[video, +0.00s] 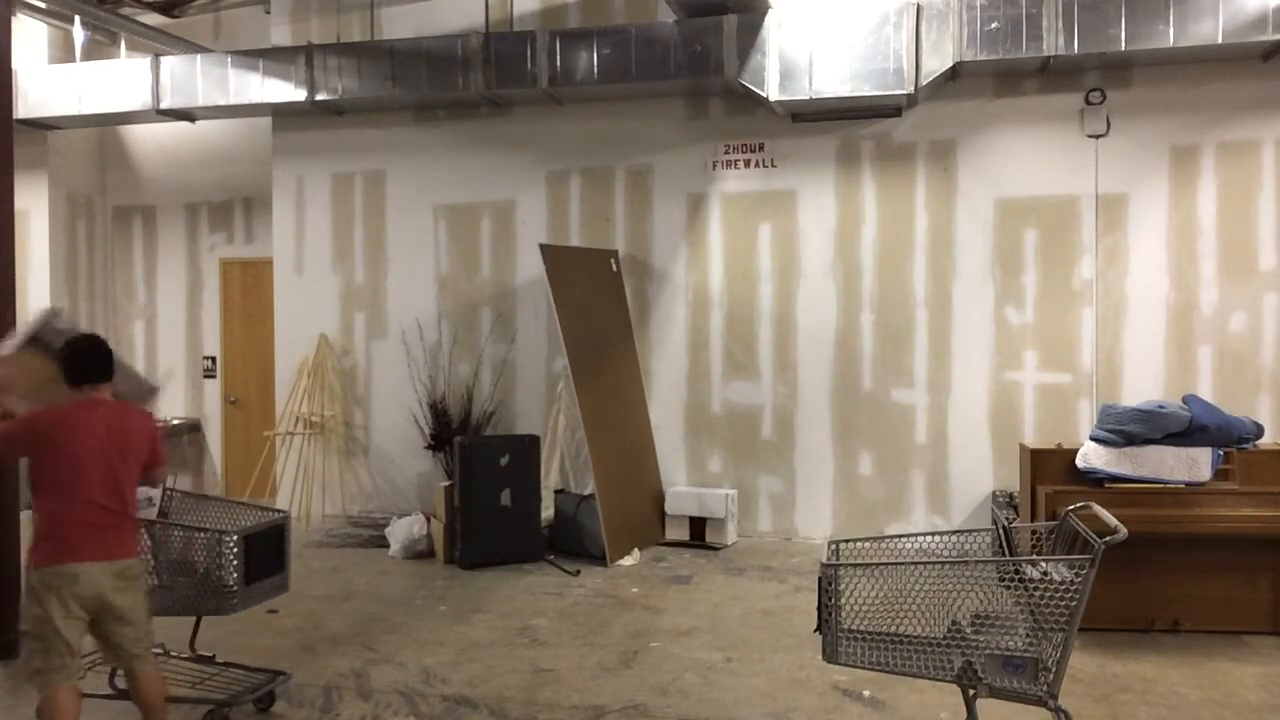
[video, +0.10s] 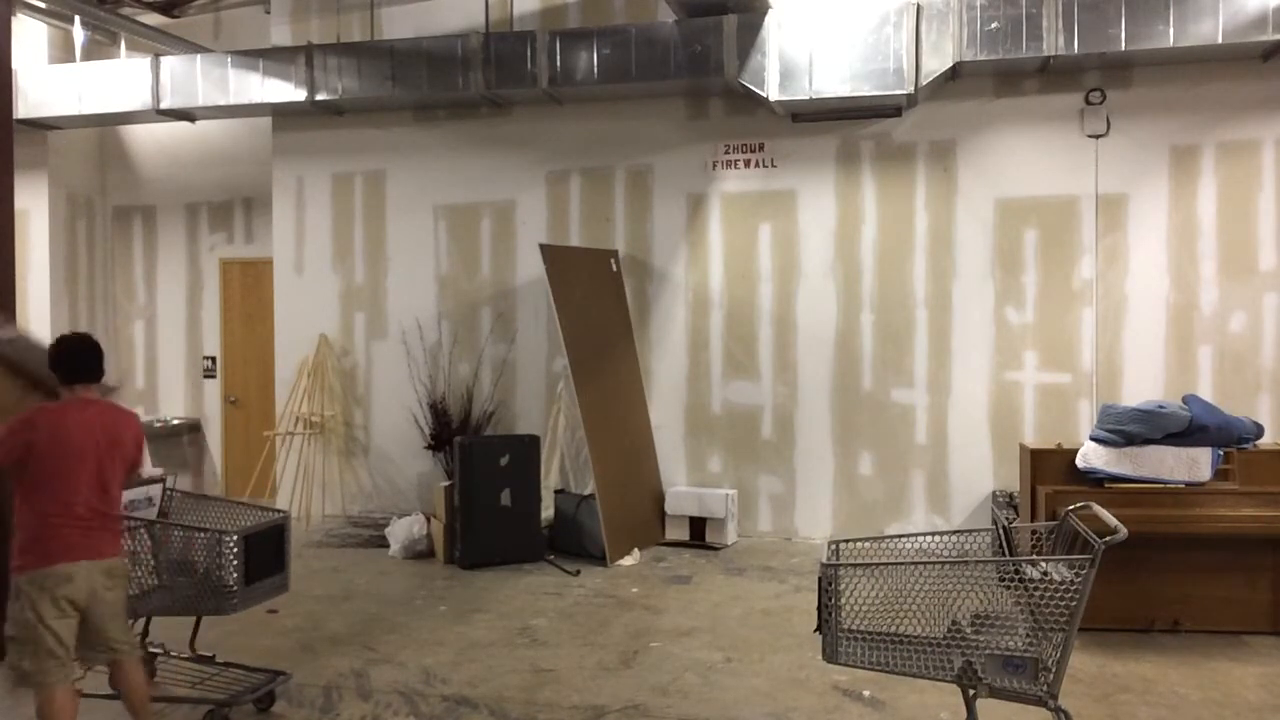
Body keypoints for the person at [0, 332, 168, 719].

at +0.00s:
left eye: (66, 370)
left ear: (64, 375)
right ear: (111, 372)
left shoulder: (43, 423)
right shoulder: (139, 420)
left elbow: (4, 442)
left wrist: (8, 404)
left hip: (58, 570)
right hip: (121, 566)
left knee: (58, 677)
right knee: (140, 661)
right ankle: (158, 715)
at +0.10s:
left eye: (57, 367)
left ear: (54, 373)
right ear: (100, 371)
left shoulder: (29, 423)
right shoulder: (127, 423)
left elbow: (4, 470)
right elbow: (128, 475)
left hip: (45, 569)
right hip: (107, 565)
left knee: (54, 678)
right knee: (122, 655)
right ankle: (145, 714)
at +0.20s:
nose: (41, 374)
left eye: (42, 368)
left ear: (44, 371)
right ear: (90, 371)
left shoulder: (22, 420)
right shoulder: (115, 423)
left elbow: (6, 473)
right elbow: (106, 484)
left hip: (39, 567)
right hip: (95, 560)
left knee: (51, 676)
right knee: (99, 654)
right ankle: (119, 714)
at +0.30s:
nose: (27, 377)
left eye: (28, 370)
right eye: (28, 370)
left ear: (36, 372)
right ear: (78, 372)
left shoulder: (15, 421)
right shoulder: (104, 425)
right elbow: (95, 480)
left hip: (34, 566)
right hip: (85, 560)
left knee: (48, 677)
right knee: (74, 660)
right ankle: (79, 713)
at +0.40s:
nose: (10, 375)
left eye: (14, 368)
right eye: (12, 367)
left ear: (24, 372)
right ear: (63, 374)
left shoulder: (10, 419)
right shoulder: (89, 424)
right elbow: (86, 489)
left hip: (26, 564)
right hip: (75, 558)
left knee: (41, 679)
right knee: (49, 671)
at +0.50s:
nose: (0, 382)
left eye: (2, 374)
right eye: (2, 374)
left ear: (12, 376)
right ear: (46, 376)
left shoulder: (7, 420)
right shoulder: (73, 426)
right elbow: (74, 495)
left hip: (19, 562)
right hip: (61, 557)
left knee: (37, 678)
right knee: (10, 674)